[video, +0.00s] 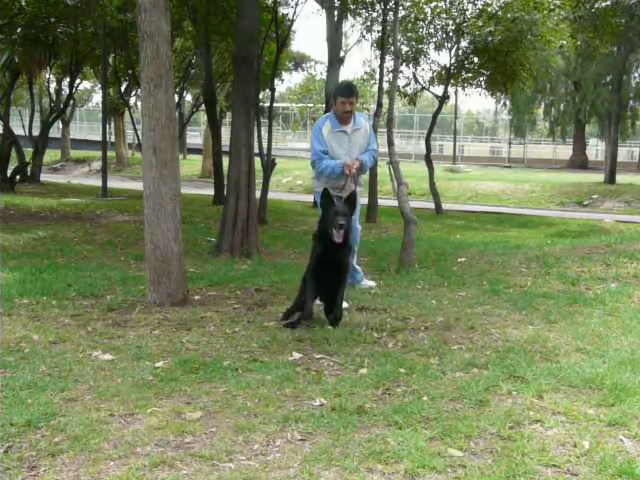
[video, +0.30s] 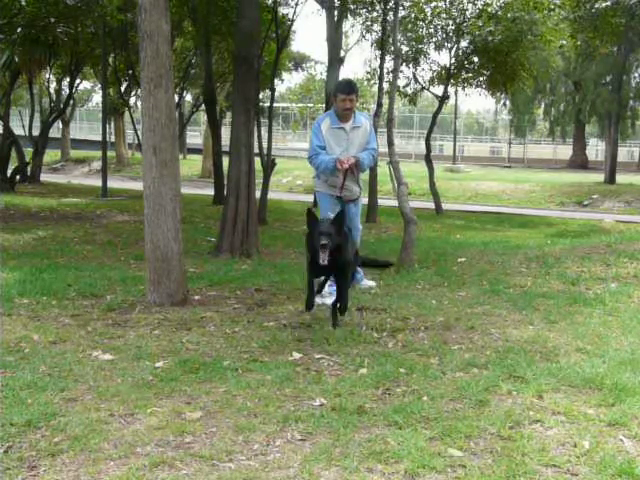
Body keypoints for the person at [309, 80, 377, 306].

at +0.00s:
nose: (347, 108)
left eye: (351, 104)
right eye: (343, 104)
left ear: (356, 103)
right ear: (333, 103)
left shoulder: (363, 122)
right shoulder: (321, 127)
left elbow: (373, 151)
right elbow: (318, 163)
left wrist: (361, 163)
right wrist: (342, 167)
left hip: (352, 189)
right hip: (328, 190)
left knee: (353, 234)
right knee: (331, 237)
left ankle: (353, 275)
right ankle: (329, 287)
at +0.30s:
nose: (348, 105)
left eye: (351, 100)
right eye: (343, 101)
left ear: (356, 101)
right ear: (333, 100)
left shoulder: (365, 122)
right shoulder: (322, 124)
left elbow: (372, 153)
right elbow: (315, 157)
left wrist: (357, 161)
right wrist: (335, 162)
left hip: (353, 188)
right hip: (327, 187)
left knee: (354, 232)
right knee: (329, 233)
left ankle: (354, 272)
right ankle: (328, 279)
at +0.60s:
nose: (348, 105)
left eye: (351, 101)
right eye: (343, 101)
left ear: (357, 101)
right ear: (334, 100)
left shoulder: (365, 123)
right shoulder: (322, 124)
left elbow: (372, 152)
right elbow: (316, 158)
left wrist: (356, 166)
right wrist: (334, 171)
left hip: (353, 187)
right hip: (328, 187)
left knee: (353, 234)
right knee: (332, 234)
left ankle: (348, 275)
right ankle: (329, 278)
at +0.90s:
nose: (348, 106)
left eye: (352, 101)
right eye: (344, 102)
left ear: (357, 101)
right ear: (334, 101)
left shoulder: (364, 122)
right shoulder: (322, 125)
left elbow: (372, 152)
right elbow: (316, 159)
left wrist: (357, 166)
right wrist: (333, 173)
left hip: (353, 188)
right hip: (328, 188)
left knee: (356, 235)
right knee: (331, 233)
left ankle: (357, 279)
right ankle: (325, 285)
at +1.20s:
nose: (349, 103)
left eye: (353, 98)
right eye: (345, 99)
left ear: (358, 99)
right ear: (335, 98)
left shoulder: (366, 120)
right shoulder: (324, 122)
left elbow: (375, 147)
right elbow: (319, 156)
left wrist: (367, 163)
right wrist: (338, 168)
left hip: (355, 187)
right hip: (330, 187)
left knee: (355, 236)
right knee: (334, 234)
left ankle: (353, 275)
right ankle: (332, 279)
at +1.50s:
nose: (350, 101)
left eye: (353, 96)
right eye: (345, 97)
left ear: (358, 96)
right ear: (336, 96)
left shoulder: (365, 117)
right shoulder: (326, 120)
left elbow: (373, 145)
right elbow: (324, 155)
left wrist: (369, 155)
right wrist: (345, 164)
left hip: (358, 186)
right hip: (333, 185)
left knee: (355, 235)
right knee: (337, 235)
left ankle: (353, 274)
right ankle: (330, 287)